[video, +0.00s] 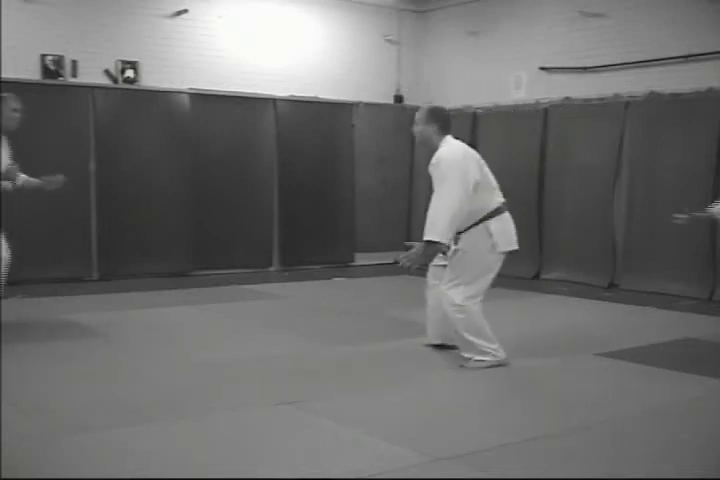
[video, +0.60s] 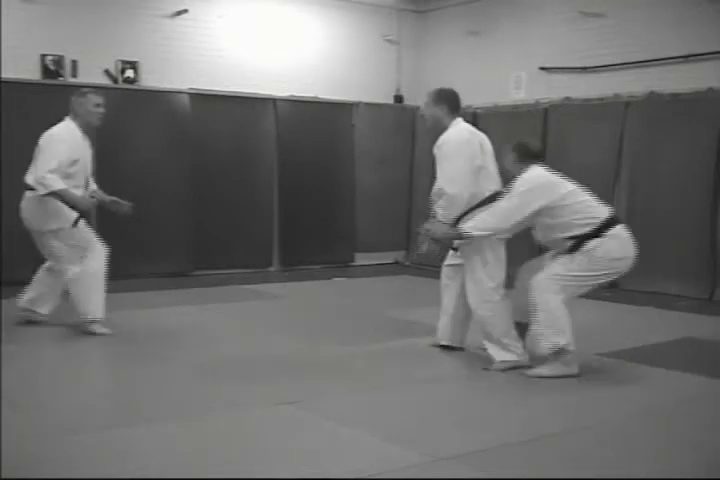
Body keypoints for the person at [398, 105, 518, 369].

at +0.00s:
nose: (413, 131)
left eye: (417, 125)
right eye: (414, 125)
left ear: (434, 129)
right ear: (438, 129)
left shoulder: (451, 157)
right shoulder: (449, 154)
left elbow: (447, 208)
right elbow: (446, 207)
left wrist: (425, 252)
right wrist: (428, 245)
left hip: (486, 233)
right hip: (472, 232)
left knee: (456, 292)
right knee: (437, 276)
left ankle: (488, 353)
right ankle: (443, 336)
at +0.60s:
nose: (423, 114)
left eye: (426, 108)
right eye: (424, 108)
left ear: (442, 110)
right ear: (451, 110)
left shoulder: (454, 141)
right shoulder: (472, 135)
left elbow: (455, 191)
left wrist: (439, 223)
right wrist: (440, 214)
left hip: (479, 222)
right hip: (479, 220)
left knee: (484, 287)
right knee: (453, 273)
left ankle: (510, 353)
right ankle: (450, 337)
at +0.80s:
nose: (411, 117)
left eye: (417, 112)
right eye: (413, 112)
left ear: (433, 116)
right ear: (434, 117)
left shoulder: (444, 149)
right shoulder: (451, 142)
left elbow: (471, 195)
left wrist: (454, 236)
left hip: (481, 226)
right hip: (467, 225)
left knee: (471, 287)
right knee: (443, 271)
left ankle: (505, 347)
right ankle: (455, 334)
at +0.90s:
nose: (398, 134)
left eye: (403, 128)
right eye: (400, 128)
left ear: (419, 132)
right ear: (421, 133)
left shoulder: (437, 161)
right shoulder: (432, 158)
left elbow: (461, 204)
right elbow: (447, 203)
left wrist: (446, 241)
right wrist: (444, 237)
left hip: (492, 223)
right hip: (480, 223)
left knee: (455, 282)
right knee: (436, 269)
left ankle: (489, 339)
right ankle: (457, 332)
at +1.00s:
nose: (387, 153)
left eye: (391, 147)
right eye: (389, 147)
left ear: (407, 147)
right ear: (415, 148)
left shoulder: (426, 173)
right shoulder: (443, 163)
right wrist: (448, 253)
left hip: (488, 230)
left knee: (443, 288)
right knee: (433, 276)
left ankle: (473, 353)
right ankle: (454, 335)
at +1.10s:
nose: (389, 160)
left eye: (383, 153)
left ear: (392, 142)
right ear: (417, 143)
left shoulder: (426, 170)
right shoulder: (448, 161)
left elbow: (436, 192)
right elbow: (482, 188)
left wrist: (397, 171)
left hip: (472, 240)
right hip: (487, 233)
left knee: (436, 301)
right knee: (433, 275)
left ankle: (473, 354)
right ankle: (449, 333)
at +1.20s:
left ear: (413, 126)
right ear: (435, 125)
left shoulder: (412, 148)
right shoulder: (449, 146)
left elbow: (375, 130)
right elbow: (433, 124)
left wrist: (367, 103)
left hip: (464, 227)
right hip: (487, 222)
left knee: (433, 295)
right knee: (446, 287)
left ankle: (472, 348)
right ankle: (457, 334)